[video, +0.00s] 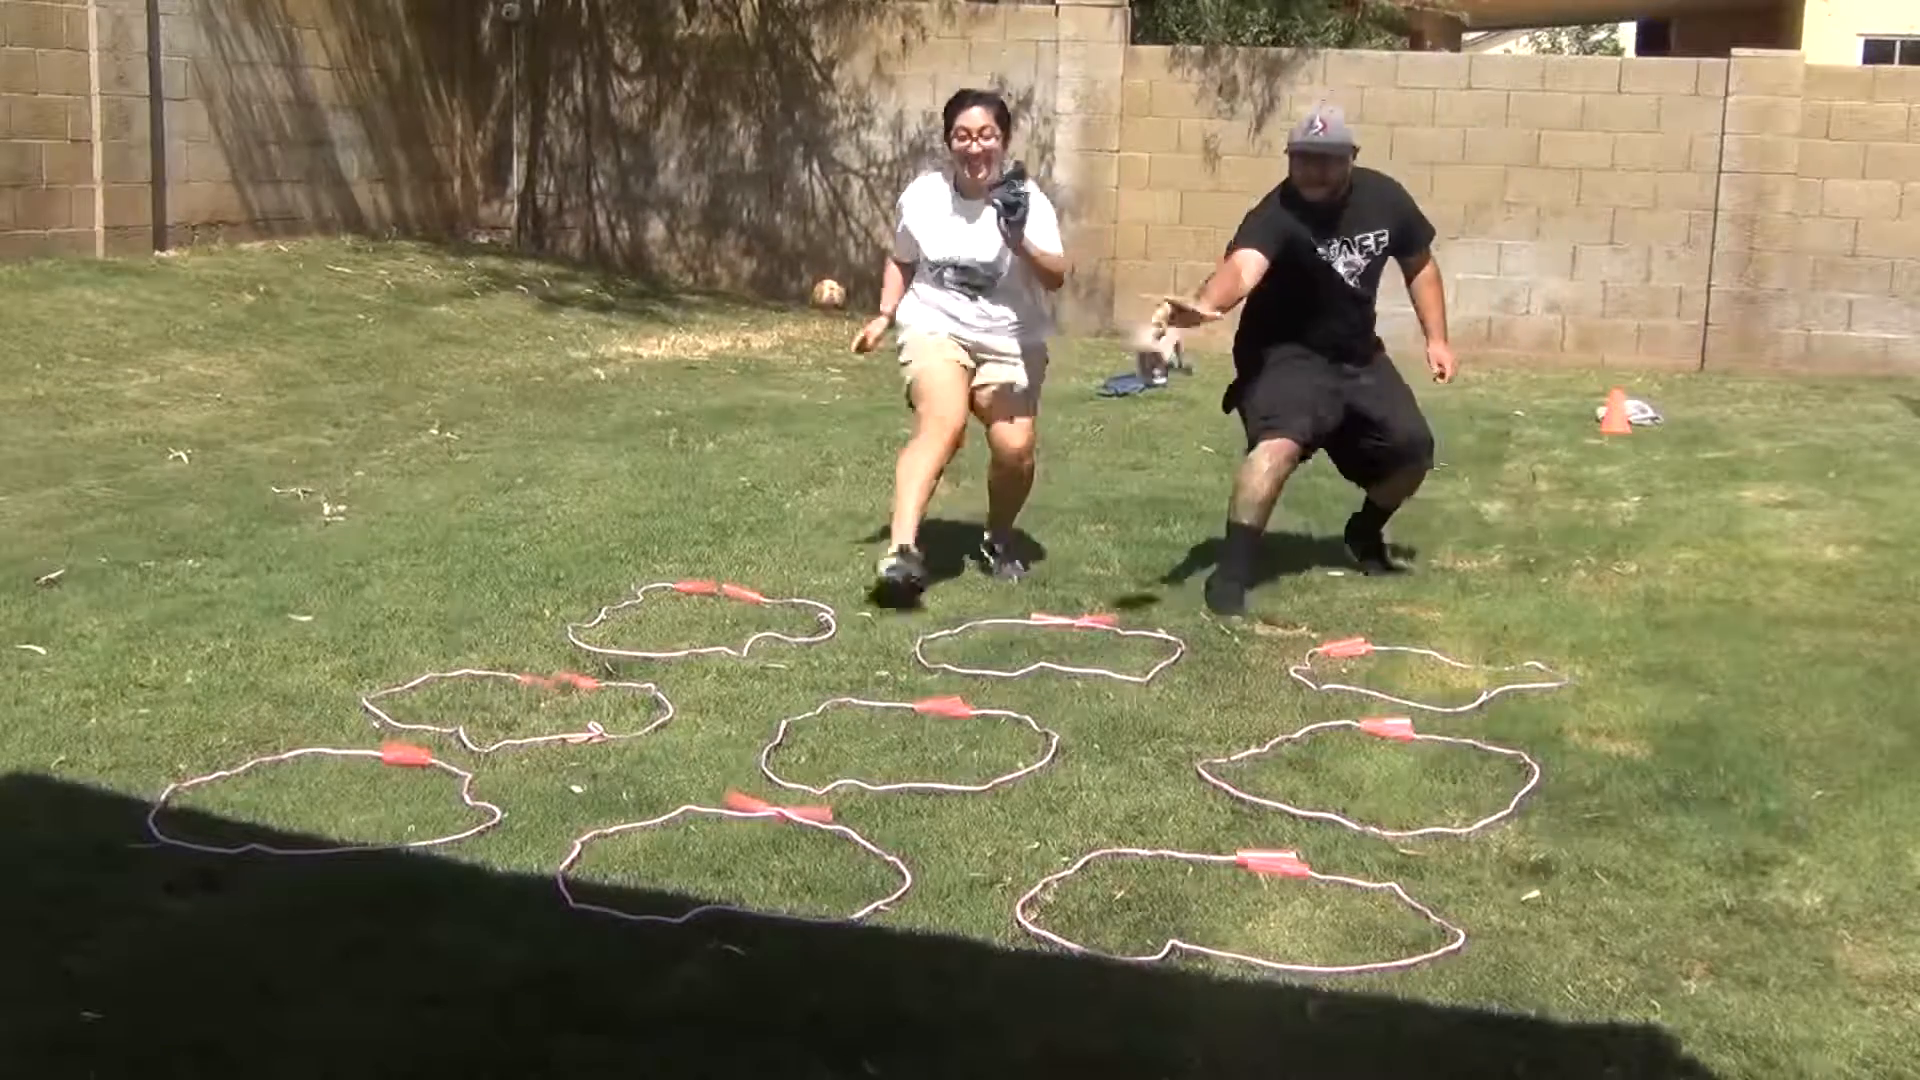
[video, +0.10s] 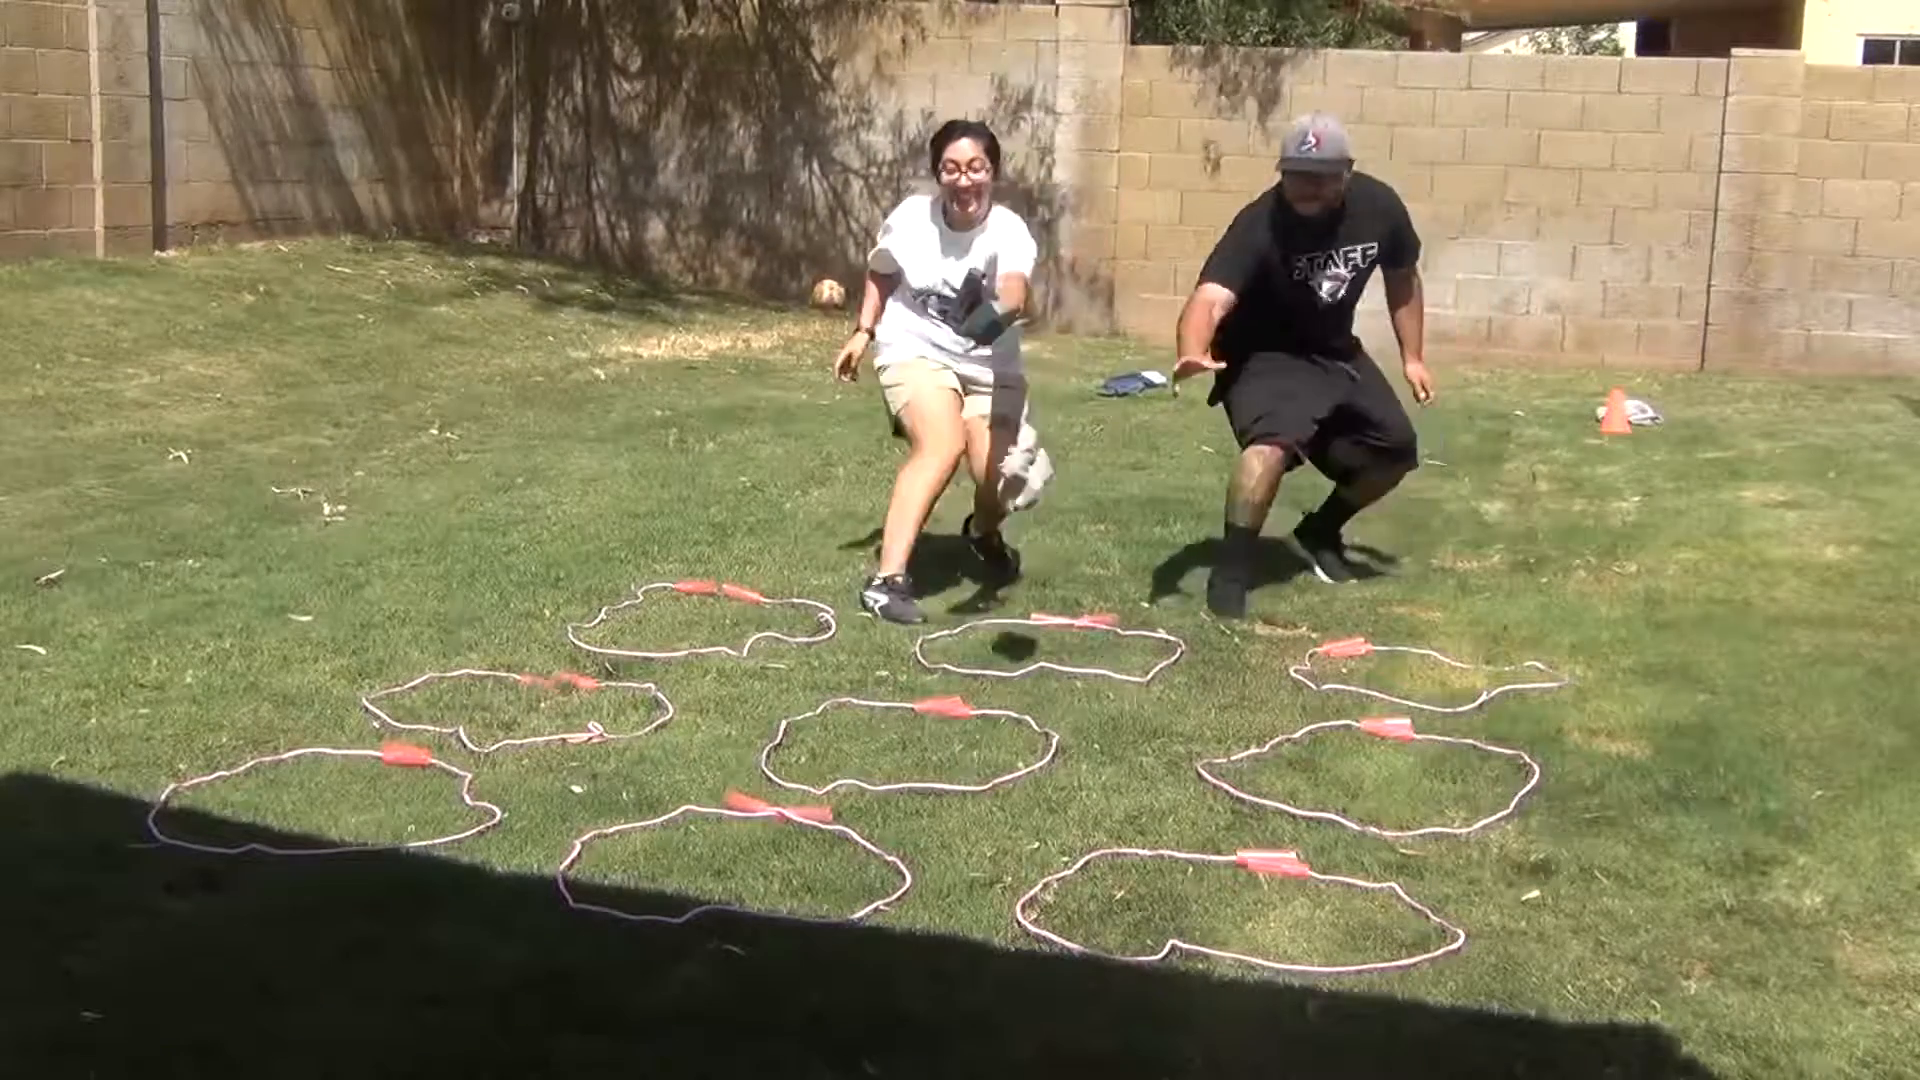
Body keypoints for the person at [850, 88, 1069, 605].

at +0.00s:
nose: (975, 146)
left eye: (986, 134)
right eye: (963, 135)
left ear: (1006, 140)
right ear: (948, 142)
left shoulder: (1029, 200)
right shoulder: (925, 193)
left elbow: (1056, 276)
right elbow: (901, 259)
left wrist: (1016, 237)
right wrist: (885, 314)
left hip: (1010, 337)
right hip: (934, 325)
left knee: (1015, 448)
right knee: (941, 420)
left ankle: (999, 538)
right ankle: (901, 552)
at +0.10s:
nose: (965, 179)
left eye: (977, 167)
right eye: (953, 168)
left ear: (994, 173)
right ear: (937, 175)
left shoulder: (1009, 230)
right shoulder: (910, 217)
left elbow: (1013, 292)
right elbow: (879, 273)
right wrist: (862, 332)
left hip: (989, 364)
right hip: (913, 350)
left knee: (1000, 477)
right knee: (941, 442)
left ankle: (985, 533)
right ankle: (889, 577)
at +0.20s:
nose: (959, 204)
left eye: (970, 192)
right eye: (947, 193)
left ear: (989, 194)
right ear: (932, 195)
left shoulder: (1008, 255)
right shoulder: (904, 227)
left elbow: (994, 336)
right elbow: (866, 281)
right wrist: (850, 346)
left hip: (975, 360)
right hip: (902, 342)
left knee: (972, 488)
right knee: (927, 430)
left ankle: (984, 542)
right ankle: (888, 578)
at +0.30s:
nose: (960, 208)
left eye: (971, 196)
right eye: (948, 196)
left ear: (991, 194)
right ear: (932, 194)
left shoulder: (1009, 254)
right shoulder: (899, 221)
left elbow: (991, 356)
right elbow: (861, 277)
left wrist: (961, 440)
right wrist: (849, 340)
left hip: (967, 357)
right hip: (895, 339)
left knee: (958, 493)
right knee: (922, 427)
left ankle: (979, 544)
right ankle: (884, 577)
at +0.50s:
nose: (955, 193)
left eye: (968, 181)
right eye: (943, 180)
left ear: (986, 178)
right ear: (926, 172)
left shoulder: (1004, 229)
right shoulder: (888, 195)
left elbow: (997, 313)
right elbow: (832, 225)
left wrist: (971, 378)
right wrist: (791, 290)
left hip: (959, 346)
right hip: (883, 330)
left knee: (982, 471)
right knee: (907, 431)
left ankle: (973, 546)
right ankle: (877, 565)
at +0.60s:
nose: (931, 175)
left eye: (945, 163)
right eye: (920, 161)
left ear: (965, 157)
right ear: (902, 151)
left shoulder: (984, 211)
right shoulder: (858, 185)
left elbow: (1002, 305)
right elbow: (801, 226)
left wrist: (1018, 390)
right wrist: (759, 296)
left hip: (953, 355)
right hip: (869, 347)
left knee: (973, 474)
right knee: (885, 470)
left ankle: (977, 537)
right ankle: (877, 570)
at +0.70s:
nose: (904, 173)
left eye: (917, 160)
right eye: (891, 159)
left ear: (935, 155)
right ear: (870, 151)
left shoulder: (963, 217)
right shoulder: (832, 196)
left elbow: (1025, 312)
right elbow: (763, 263)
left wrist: (1080, 401)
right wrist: (749, 334)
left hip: (936, 353)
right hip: (848, 349)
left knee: (942, 490)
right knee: (870, 480)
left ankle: (976, 528)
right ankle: (875, 575)